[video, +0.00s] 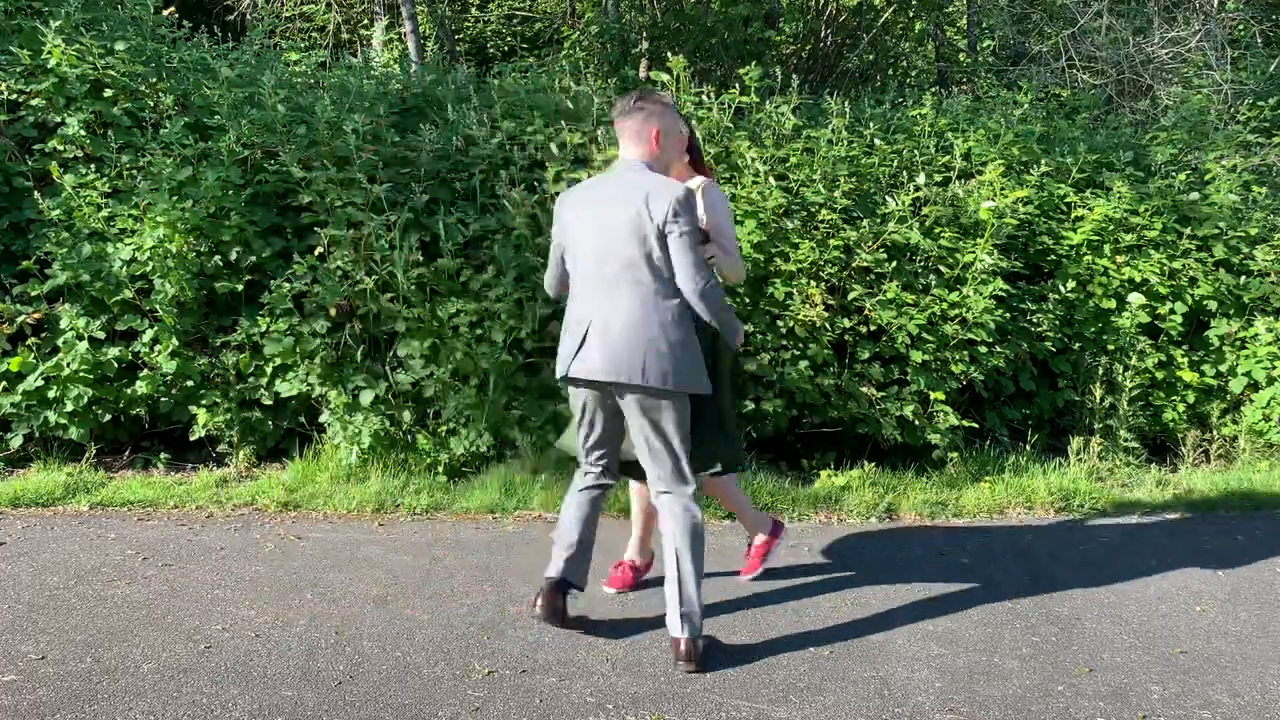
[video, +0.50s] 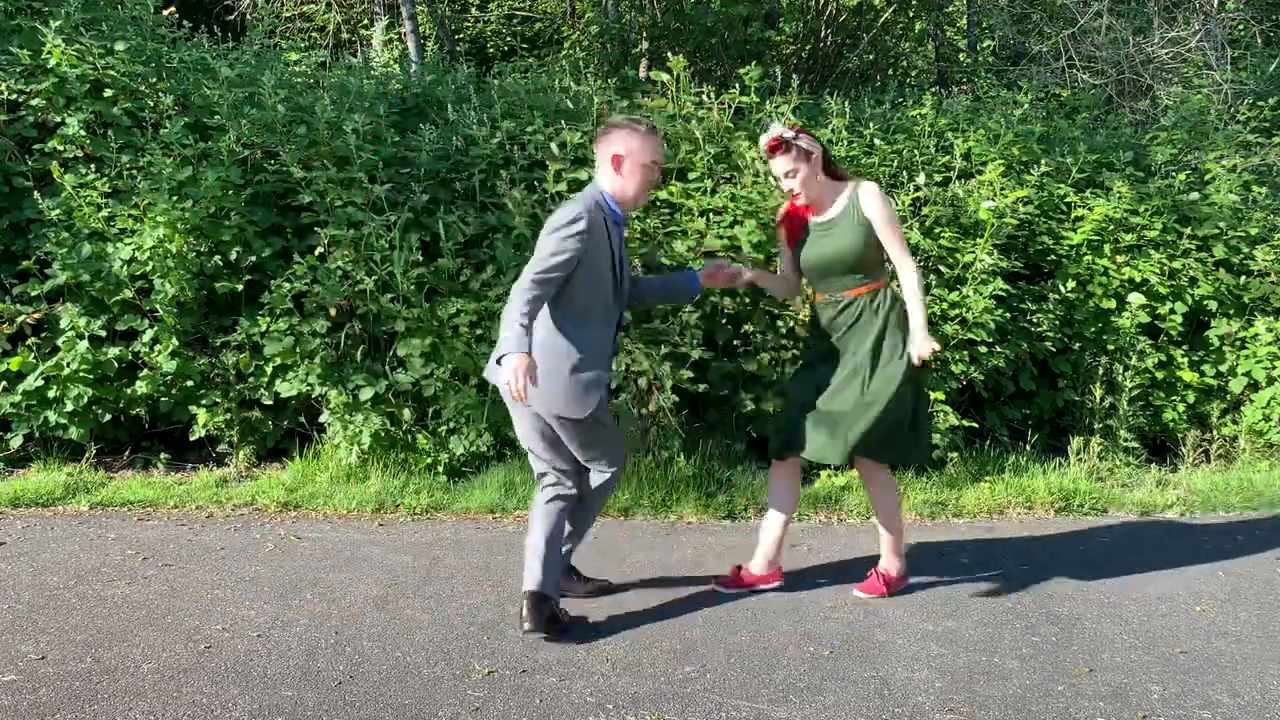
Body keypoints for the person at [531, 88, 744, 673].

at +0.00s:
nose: (682, 151)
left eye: (682, 141)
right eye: (679, 140)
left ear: (621, 138)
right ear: (656, 136)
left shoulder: (572, 198)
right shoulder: (669, 194)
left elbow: (556, 283)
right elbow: (695, 285)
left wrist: (607, 282)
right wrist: (734, 330)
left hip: (582, 356)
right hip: (653, 357)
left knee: (591, 472)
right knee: (673, 489)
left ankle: (556, 583)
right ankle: (686, 633)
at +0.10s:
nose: (672, 151)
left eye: (673, 139)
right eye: (669, 140)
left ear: (617, 138)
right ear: (645, 139)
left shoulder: (563, 198)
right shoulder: (643, 197)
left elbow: (563, 282)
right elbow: (665, 286)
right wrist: (726, 346)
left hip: (566, 361)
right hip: (629, 364)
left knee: (578, 481)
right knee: (663, 489)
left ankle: (545, 607)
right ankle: (673, 621)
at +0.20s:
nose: (663, 160)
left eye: (665, 149)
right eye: (661, 148)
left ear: (609, 141)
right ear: (634, 141)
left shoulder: (563, 194)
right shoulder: (624, 197)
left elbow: (568, 269)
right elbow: (627, 280)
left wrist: (641, 259)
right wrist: (690, 348)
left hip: (546, 356)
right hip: (605, 360)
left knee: (566, 479)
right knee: (653, 463)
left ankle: (543, 608)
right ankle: (635, 593)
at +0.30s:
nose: (660, 157)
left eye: (661, 145)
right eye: (655, 144)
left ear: (612, 144)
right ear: (624, 143)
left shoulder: (565, 194)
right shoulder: (606, 198)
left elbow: (600, 261)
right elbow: (594, 279)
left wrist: (661, 249)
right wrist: (633, 346)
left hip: (534, 358)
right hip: (585, 360)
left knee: (563, 480)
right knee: (641, 452)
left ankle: (542, 609)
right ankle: (606, 574)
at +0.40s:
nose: (658, 165)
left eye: (659, 154)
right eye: (652, 154)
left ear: (615, 154)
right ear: (618, 153)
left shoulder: (587, 203)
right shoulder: (594, 201)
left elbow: (623, 276)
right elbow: (554, 276)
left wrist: (685, 258)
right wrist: (571, 344)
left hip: (529, 364)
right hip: (573, 368)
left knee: (563, 477)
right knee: (623, 451)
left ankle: (542, 602)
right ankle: (574, 556)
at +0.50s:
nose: (657, 180)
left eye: (659, 170)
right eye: (652, 169)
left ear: (621, 166)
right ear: (616, 163)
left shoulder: (604, 223)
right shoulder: (582, 217)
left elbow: (627, 291)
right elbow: (530, 286)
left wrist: (698, 280)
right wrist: (515, 348)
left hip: (523, 378)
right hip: (562, 379)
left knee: (557, 480)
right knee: (604, 463)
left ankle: (538, 599)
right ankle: (557, 562)